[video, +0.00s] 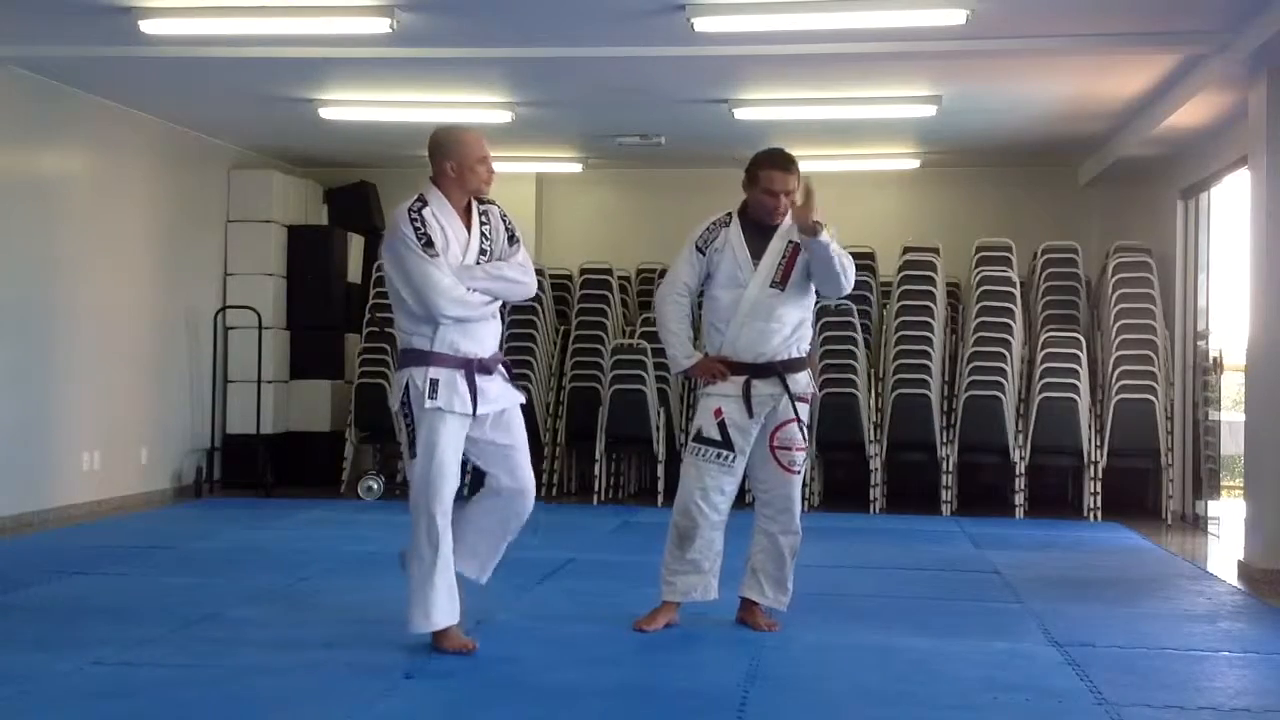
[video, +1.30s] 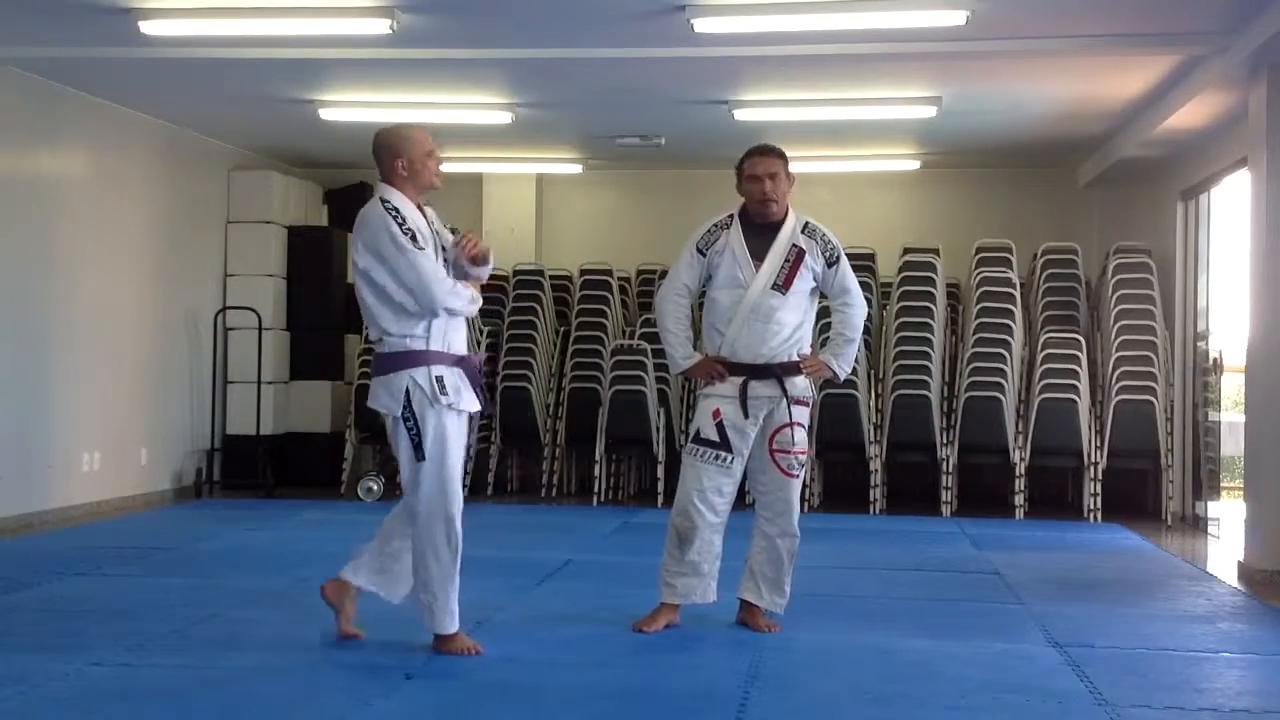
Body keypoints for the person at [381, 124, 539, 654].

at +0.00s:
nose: (492, 170)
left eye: (491, 161)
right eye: (482, 163)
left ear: (465, 168)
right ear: (450, 169)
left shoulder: (494, 218)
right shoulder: (409, 222)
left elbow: (528, 283)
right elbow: (443, 300)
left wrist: (458, 275)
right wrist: (496, 298)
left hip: (489, 375)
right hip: (433, 376)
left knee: (516, 487)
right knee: (436, 498)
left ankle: (433, 558)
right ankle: (439, 621)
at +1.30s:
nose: (440, 165)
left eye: (437, 156)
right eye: (431, 158)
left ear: (405, 166)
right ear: (400, 167)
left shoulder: (418, 216)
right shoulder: (383, 218)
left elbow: (463, 275)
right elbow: (434, 293)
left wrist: (471, 258)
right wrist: (471, 295)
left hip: (444, 375)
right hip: (416, 378)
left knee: (432, 498)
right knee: (438, 503)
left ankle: (350, 583)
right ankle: (445, 629)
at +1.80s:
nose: (413, 166)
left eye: (411, 157)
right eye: (402, 157)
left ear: (379, 167)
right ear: (370, 166)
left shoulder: (400, 223)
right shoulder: (339, 214)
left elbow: (449, 272)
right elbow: (387, 282)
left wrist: (391, 269)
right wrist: (422, 294)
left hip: (388, 375)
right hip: (350, 373)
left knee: (349, 490)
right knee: (390, 489)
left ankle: (310, 607)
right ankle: (407, 619)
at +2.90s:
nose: (433, 159)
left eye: (431, 150)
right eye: (423, 151)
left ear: (399, 156)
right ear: (391, 157)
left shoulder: (421, 212)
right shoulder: (360, 213)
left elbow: (455, 275)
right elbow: (402, 303)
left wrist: (406, 273)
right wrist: (438, 284)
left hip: (406, 375)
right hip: (360, 376)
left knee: (423, 490)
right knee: (363, 502)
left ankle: (374, 602)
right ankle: (348, 635)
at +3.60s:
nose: (502, 180)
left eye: (502, 170)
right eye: (497, 170)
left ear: (472, 171)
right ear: (466, 171)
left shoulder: (489, 224)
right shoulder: (416, 221)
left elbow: (525, 288)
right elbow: (451, 300)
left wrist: (465, 276)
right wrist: (499, 300)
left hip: (484, 375)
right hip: (432, 372)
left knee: (485, 494)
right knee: (432, 485)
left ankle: (455, 614)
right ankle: (378, 619)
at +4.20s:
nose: (537, 191)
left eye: (539, 181)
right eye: (534, 180)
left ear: (509, 174)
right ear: (505, 174)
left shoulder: (512, 232)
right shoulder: (452, 215)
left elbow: (549, 305)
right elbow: (483, 299)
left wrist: (541, 289)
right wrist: (526, 308)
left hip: (499, 388)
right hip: (454, 386)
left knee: (497, 507)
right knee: (453, 508)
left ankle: (466, 617)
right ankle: (439, 633)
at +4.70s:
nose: (545, 191)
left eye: (546, 181)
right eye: (541, 180)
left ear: (514, 176)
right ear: (513, 176)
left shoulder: (514, 236)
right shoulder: (462, 215)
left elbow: (524, 318)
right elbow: (456, 303)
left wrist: (573, 355)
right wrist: (480, 381)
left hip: (506, 385)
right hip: (460, 382)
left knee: (497, 506)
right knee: (455, 508)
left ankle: (466, 617)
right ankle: (439, 632)